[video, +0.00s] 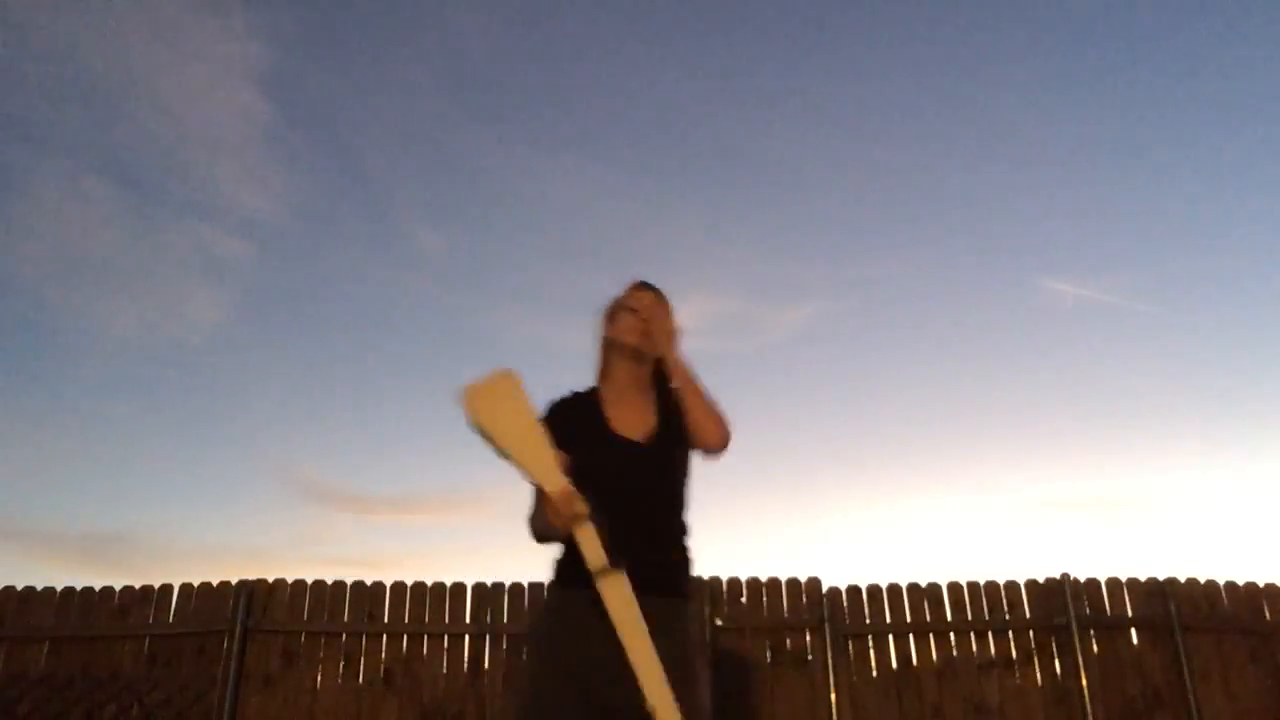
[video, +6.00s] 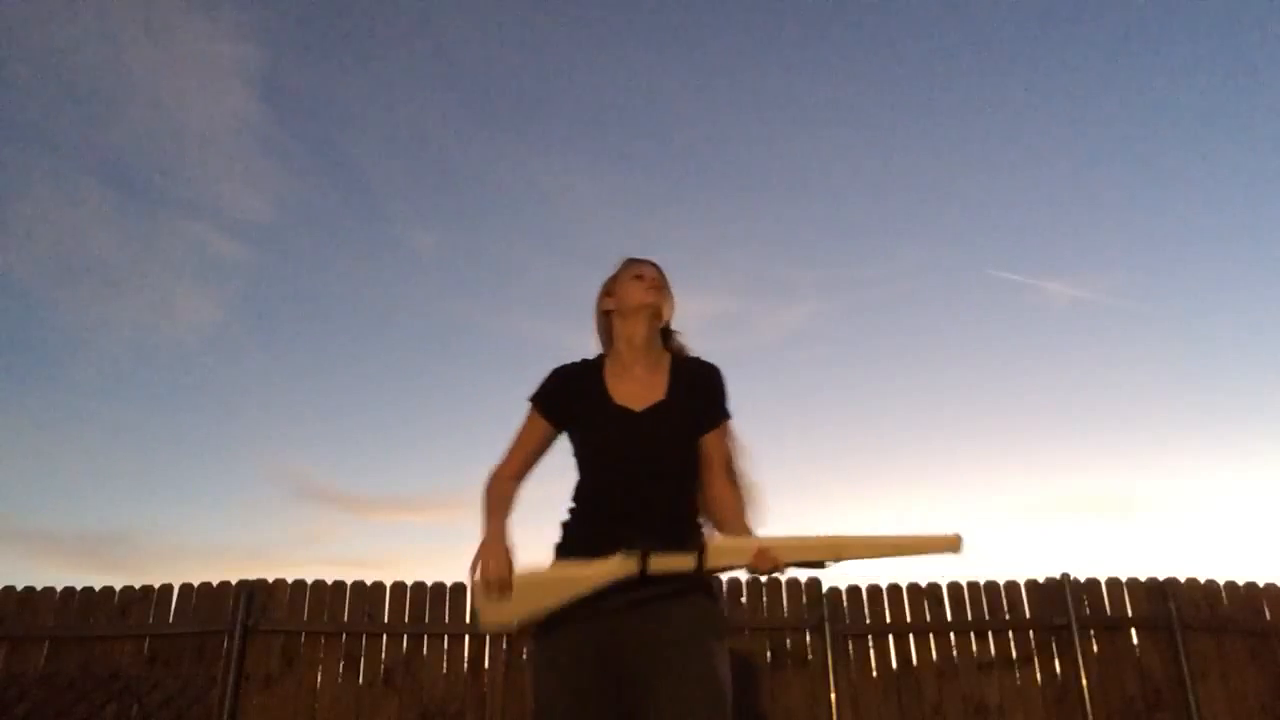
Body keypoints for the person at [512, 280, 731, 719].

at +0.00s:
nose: (634, 318)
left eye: (648, 315)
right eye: (626, 310)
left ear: (665, 337)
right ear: (606, 326)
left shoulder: (676, 406)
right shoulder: (568, 413)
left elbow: (714, 440)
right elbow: (540, 527)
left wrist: (670, 355)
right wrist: (555, 518)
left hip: (663, 598)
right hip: (582, 594)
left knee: (670, 708)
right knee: (573, 706)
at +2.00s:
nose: (766, 327)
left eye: (772, 321)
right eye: (749, 319)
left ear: (780, 340)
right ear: (718, 335)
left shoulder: (798, 438)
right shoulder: (674, 413)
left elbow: (770, 534)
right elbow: (650, 511)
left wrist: (789, 586)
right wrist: (734, 487)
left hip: (738, 631)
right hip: (647, 620)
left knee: (795, 713)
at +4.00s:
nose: (356, 375)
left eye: (364, 359)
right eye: (352, 369)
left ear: (403, 346)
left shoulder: (467, 381)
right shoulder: (387, 468)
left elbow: (559, 443)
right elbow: (411, 558)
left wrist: (519, 533)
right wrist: (368, 598)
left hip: (501, 591)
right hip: (442, 609)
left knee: (400, 710)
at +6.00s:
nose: (651, 282)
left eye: (660, 281)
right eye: (636, 276)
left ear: (668, 311)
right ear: (609, 300)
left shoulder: (699, 380)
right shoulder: (572, 382)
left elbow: (717, 481)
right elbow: (505, 477)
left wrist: (747, 541)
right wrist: (494, 540)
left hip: (677, 578)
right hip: (585, 578)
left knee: (693, 702)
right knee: (572, 704)